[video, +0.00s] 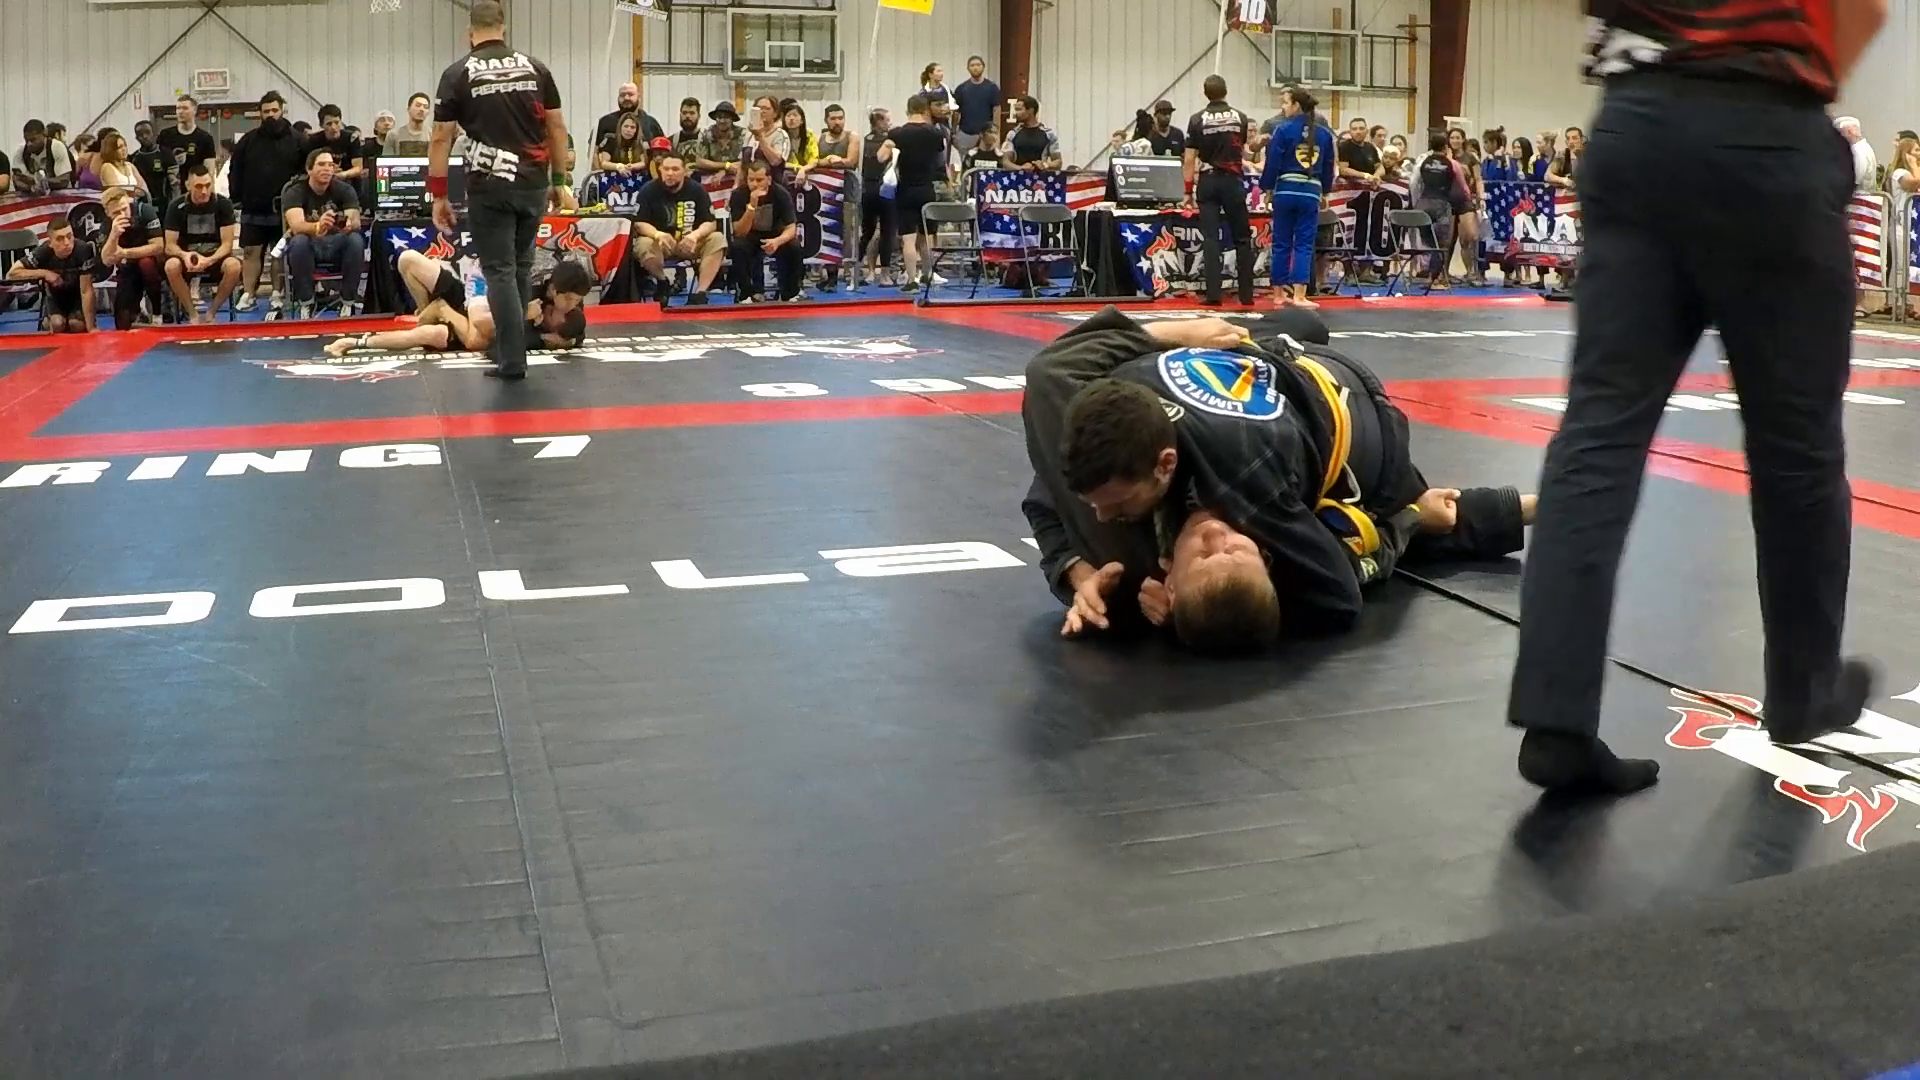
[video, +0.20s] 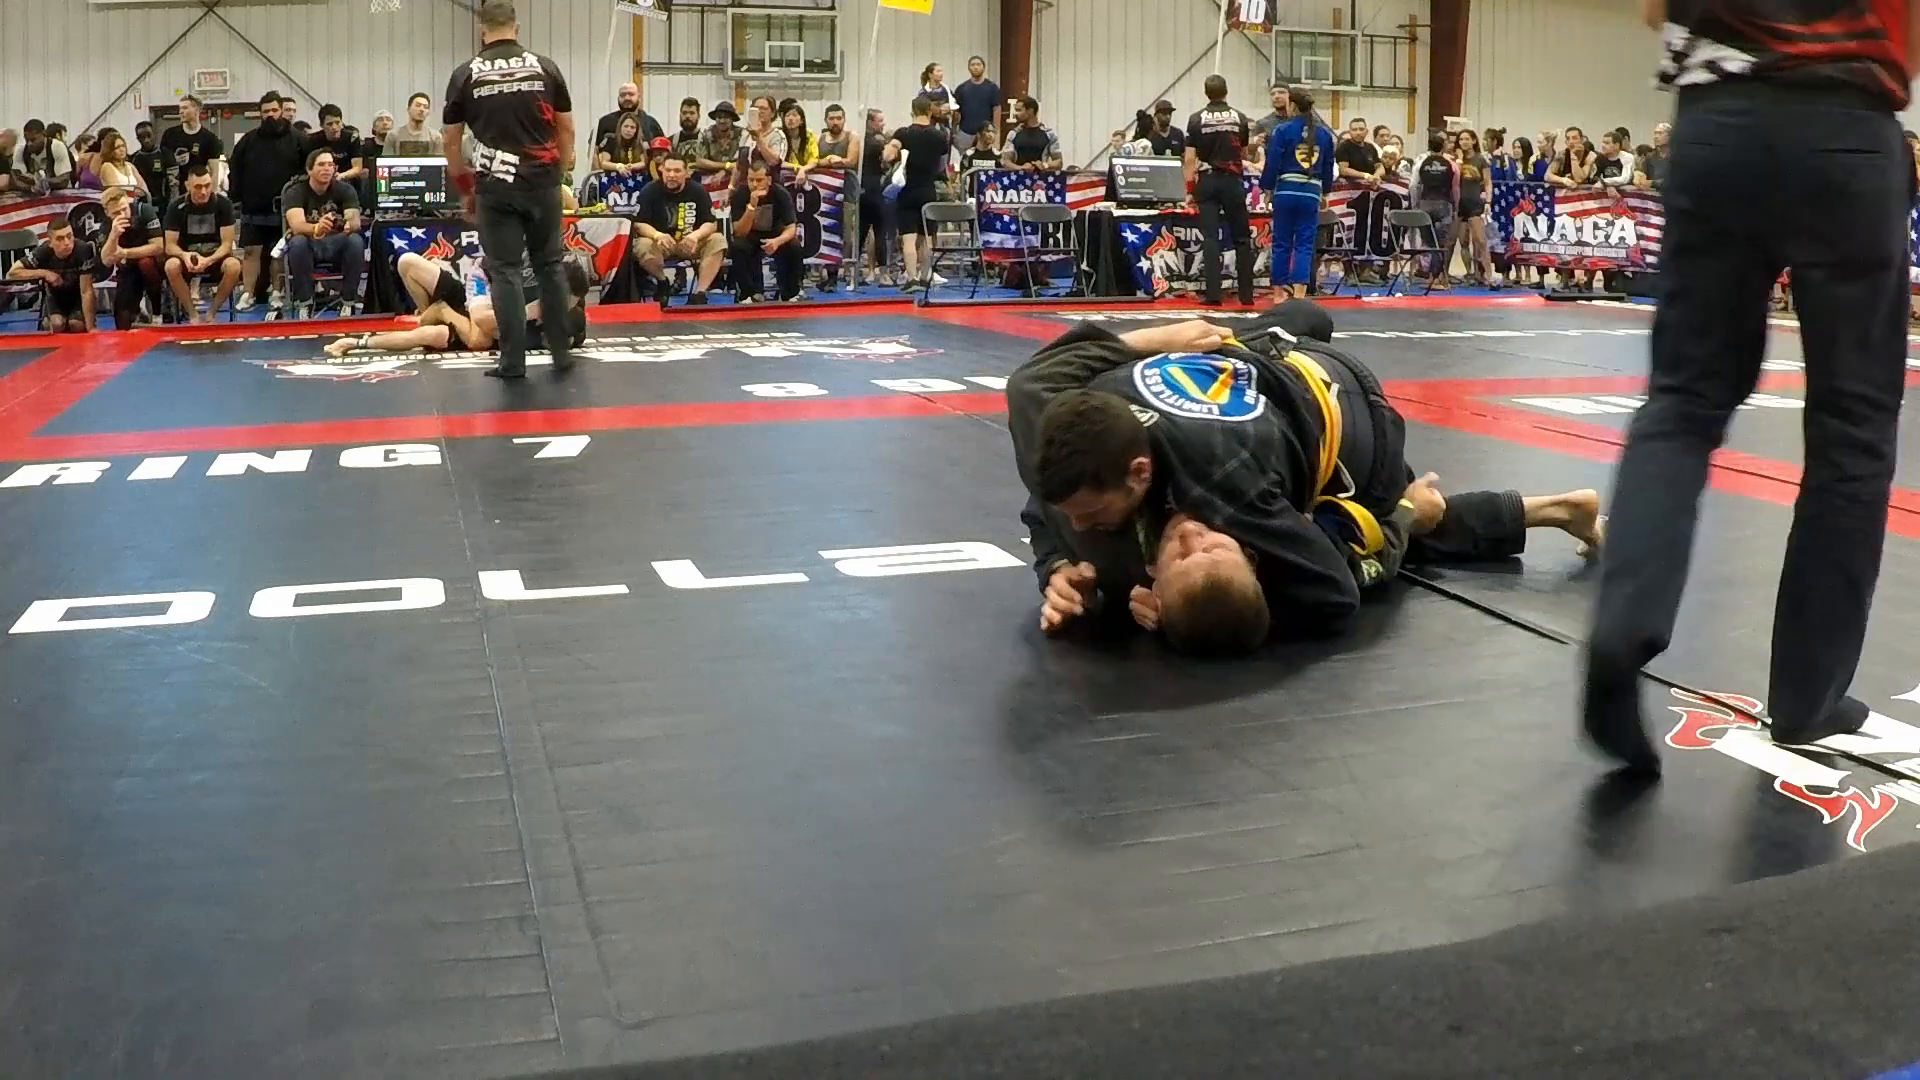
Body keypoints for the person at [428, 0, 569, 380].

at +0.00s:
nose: (470, 38)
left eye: (468, 33)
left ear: (470, 33)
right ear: (504, 30)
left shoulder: (457, 74)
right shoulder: (536, 67)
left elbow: (442, 137)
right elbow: (556, 125)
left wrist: (439, 195)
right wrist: (558, 179)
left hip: (487, 188)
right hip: (533, 185)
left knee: (500, 272)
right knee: (521, 267)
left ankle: (512, 362)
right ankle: (512, 350)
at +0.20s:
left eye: (484, 29)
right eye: (514, 29)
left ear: (482, 30)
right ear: (516, 28)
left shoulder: (465, 74)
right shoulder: (545, 67)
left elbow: (451, 144)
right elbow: (566, 130)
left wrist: (466, 189)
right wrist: (558, 174)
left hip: (495, 187)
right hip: (543, 182)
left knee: (504, 271)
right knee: (550, 263)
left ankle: (512, 363)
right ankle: (561, 354)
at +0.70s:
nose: (560, 33)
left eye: (552, 26)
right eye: (575, 26)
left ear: (548, 27)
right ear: (582, 28)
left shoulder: (525, 68)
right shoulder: (604, 73)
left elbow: (517, 132)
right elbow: (615, 143)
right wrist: (593, 163)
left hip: (538, 187)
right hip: (588, 185)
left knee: (530, 269)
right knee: (592, 267)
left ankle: (516, 361)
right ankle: (598, 360)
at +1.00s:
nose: (586, 34)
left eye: (583, 27)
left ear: (582, 27)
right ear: (614, 30)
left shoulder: (554, 64)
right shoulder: (634, 74)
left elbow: (544, 123)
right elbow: (641, 144)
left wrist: (581, 140)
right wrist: (612, 163)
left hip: (559, 182)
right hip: (608, 183)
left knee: (547, 264)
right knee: (602, 268)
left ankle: (535, 355)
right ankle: (599, 359)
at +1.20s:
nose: (587, 33)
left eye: (587, 28)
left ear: (588, 28)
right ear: (620, 31)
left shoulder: (559, 64)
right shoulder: (640, 75)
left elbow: (548, 124)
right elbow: (645, 144)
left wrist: (575, 150)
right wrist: (617, 163)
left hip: (565, 182)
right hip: (612, 185)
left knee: (563, 263)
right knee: (604, 267)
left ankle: (563, 354)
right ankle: (599, 358)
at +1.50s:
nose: (592, 35)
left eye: (585, 29)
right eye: (602, 29)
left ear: (578, 30)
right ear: (611, 29)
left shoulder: (556, 69)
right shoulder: (634, 72)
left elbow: (549, 132)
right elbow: (647, 135)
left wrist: (577, 155)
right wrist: (627, 163)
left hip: (569, 182)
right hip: (613, 183)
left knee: (577, 265)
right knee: (606, 266)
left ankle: (581, 352)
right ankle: (598, 356)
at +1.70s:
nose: (578, 38)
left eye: (568, 33)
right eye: (590, 31)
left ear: (563, 33)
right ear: (596, 30)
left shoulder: (547, 74)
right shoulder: (624, 67)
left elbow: (549, 134)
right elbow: (643, 133)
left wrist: (575, 158)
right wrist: (627, 161)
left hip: (568, 183)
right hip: (613, 180)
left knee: (579, 265)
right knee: (610, 263)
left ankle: (583, 353)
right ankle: (599, 354)